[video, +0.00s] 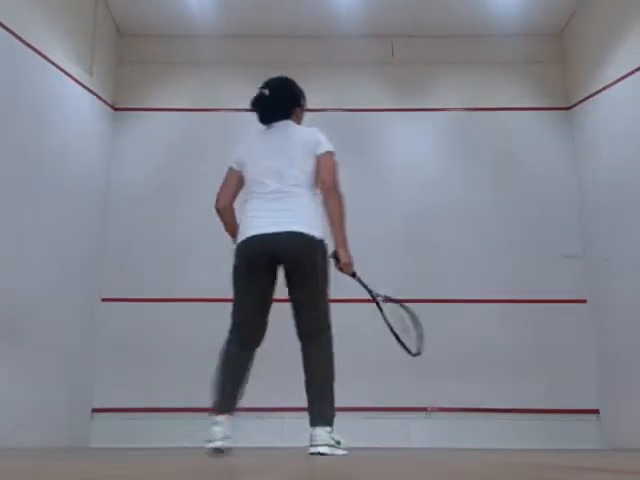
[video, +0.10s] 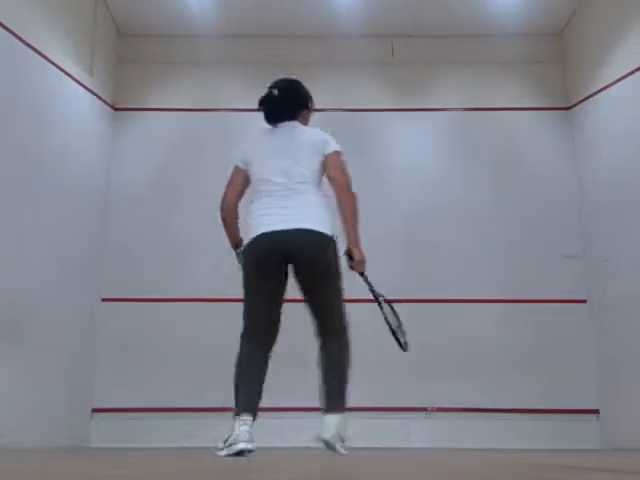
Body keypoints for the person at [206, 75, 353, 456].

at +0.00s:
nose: (304, 112)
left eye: (302, 107)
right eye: (303, 107)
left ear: (263, 111)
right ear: (297, 110)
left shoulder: (248, 145)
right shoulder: (313, 138)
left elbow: (223, 202)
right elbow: (329, 188)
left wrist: (241, 239)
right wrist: (342, 246)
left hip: (254, 242)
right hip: (303, 240)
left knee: (244, 332)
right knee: (315, 334)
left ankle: (221, 420)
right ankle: (322, 430)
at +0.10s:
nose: (312, 115)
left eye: (310, 110)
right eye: (311, 110)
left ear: (270, 112)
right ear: (305, 111)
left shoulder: (253, 146)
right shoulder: (320, 140)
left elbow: (228, 204)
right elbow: (343, 187)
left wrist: (239, 247)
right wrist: (354, 243)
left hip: (261, 242)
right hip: (312, 238)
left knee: (257, 332)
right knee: (332, 330)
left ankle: (243, 425)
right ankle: (332, 422)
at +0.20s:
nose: (324, 122)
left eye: (322, 117)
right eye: (323, 117)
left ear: (281, 120)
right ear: (316, 119)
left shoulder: (267, 153)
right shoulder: (332, 147)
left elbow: (236, 209)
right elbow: (366, 194)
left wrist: (234, 249)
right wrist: (375, 246)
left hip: (277, 249)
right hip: (329, 247)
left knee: (260, 338)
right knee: (362, 329)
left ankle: (245, 427)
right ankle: (380, 411)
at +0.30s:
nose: (337, 120)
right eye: (336, 114)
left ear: (296, 122)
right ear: (333, 120)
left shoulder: (288, 156)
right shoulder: (353, 151)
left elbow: (251, 201)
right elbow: (391, 199)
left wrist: (227, 243)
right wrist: (400, 248)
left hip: (296, 251)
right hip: (349, 251)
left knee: (267, 339)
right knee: (386, 332)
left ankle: (245, 428)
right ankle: (432, 414)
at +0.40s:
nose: (362, 117)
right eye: (360, 112)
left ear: (322, 121)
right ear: (359, 116)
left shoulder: (317, 151)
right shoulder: (382, 149)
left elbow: (275, 189)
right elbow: (418, 197)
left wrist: (233, 235)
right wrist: (423, 245)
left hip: (337, 246)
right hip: (387, 246)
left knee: (299, 335)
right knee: (414, 337)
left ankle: (260, 420)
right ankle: (446, 426)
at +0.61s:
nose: (412, 132)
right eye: (410, 128)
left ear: (369, 134)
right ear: (404, 130)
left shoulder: (357, 168)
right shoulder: (421, 157)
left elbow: (331, 224)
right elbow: (465, 200)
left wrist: (317, 265)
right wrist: (488, 233)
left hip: (385, 255)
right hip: (437, 249)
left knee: (372, 343)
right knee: (472, 324)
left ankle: (366, 426)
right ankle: (496, 407)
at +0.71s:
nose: (448, 141)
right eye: (446, 136)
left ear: (408, 140)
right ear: (444, 137)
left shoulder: (397, 174)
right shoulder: (460, 163)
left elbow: (378, 224)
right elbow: (507, 198)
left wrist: (374, 259)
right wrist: (552, 225)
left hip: (414, 267)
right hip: (466, 263)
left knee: (391, 347)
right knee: (525, 331)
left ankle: (372, 422)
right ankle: (562, 421)